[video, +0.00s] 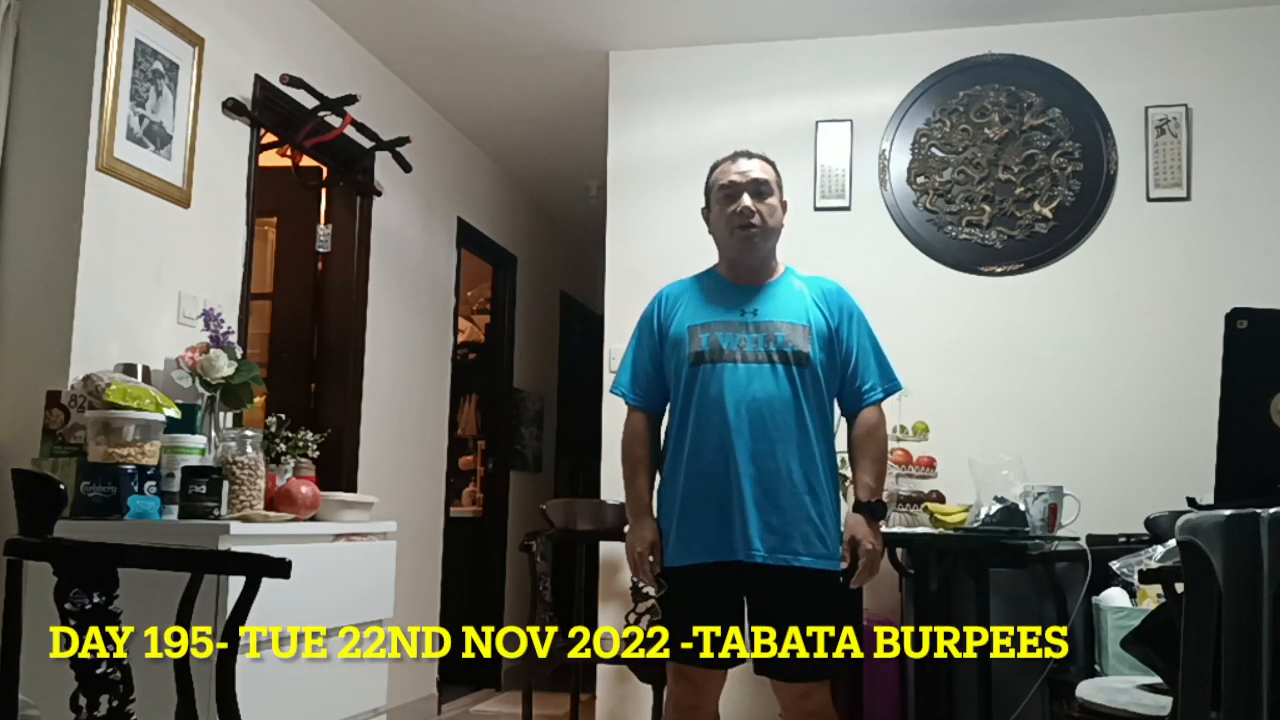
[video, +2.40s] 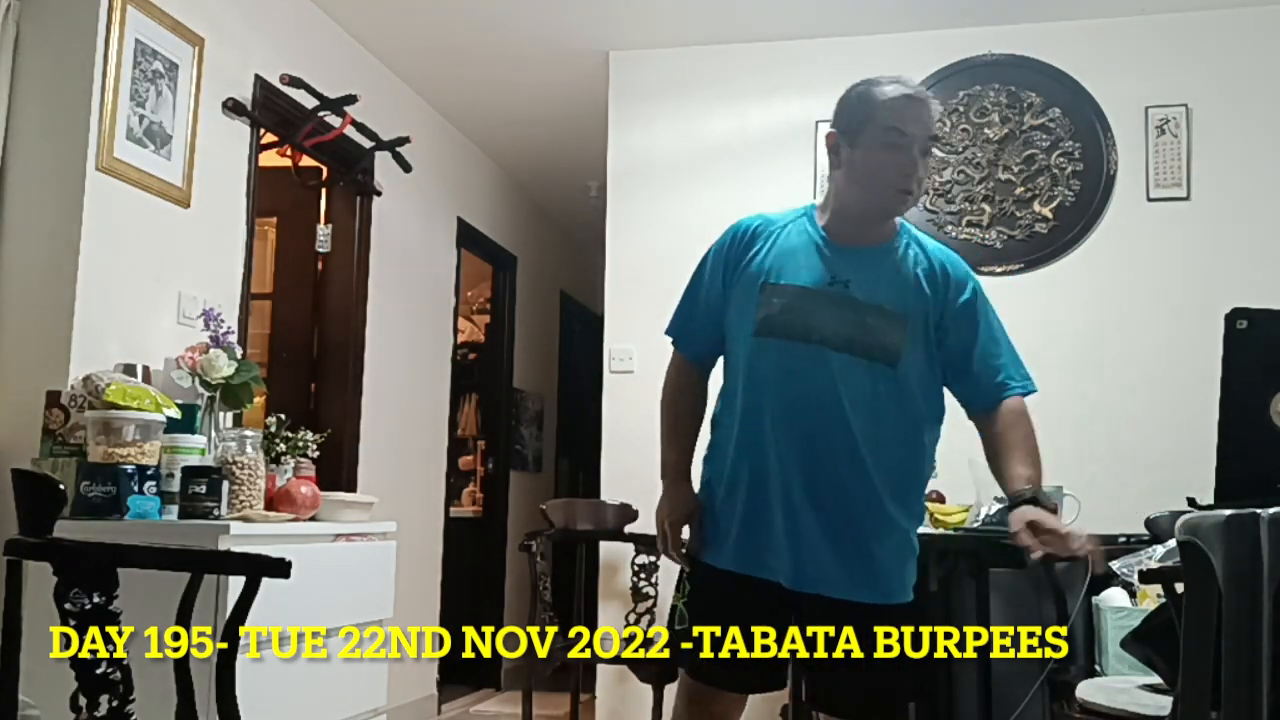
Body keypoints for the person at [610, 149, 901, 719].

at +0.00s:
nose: (745, 201)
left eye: (760, 191)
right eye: (729, 193)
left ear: (783, 213)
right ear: (707, 218)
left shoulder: (829, 303)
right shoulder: (671, 305)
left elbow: (867, 409)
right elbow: (640, 416)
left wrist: (867, 510)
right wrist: (640, 516)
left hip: (803, 541)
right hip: (698, 539)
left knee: (808, 698)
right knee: (691, 691)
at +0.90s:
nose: (828, 197)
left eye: (838, 185)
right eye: (809, 180)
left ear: (847, 200)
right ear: (761, 191)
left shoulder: (871, 301)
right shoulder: (699, 289)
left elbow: (921, 408)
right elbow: (655, 406)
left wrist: (945, 495)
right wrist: (648, 508)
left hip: (833, 559)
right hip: (716, 549)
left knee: (840, 710)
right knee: (692, 705)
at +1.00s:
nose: (874, 189)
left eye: (885, 175)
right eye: (856, 166)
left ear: (893, 188)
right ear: (804, 173)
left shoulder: (907, 294)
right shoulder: (731, 269)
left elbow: (964, 397)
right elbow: (683, 387)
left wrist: (994, 480)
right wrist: (674, 488)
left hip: (853, 550)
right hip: (736, 535)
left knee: (851, 709)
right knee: (694, 696)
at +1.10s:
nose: (911, 184)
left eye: (924, 170)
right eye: (894, 161)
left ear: (933, 183)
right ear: (841, 165)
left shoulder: (937, 289)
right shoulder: (758, 255)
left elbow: (1003, 385)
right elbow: (705, 368)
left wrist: (1048, 462)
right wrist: (690, 475)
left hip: (863, 560)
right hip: (746, 536)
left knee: (860, 712)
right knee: (701, 693)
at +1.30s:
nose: (966, 192)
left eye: (979, 176)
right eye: (949, 166)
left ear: (986, 183)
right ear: (891, 159)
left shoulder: (980, 295)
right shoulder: (793, 240)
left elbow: (1062, 379)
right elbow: (726, 349)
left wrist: (1135, 444)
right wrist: (706, 460)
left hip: (880, 570)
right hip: (762, 540)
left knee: (861, 714)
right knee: (726, 706)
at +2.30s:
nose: (949, 175)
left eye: (962, 160)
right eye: (931, 151)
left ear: (969, 167)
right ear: (873, 151)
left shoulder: (970, 287)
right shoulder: (773, 240)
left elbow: (1036, 393)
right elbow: (708, 353)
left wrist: (1090, 476)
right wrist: (692, 472)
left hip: (878, 572)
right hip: (752, 541)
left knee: (859, 717)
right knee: (711, 702)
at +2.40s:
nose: (918, 168)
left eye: (927, 151)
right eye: (898, 143)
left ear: (930, 164)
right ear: (837, 147)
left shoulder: (943, 280)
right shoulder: (750, 246)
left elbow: (1001, 399)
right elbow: (688, 366)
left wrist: (1026, 499)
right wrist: (676, 483)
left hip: (869, 571)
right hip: (743, 547)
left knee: (861, 715)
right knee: (705, 703)